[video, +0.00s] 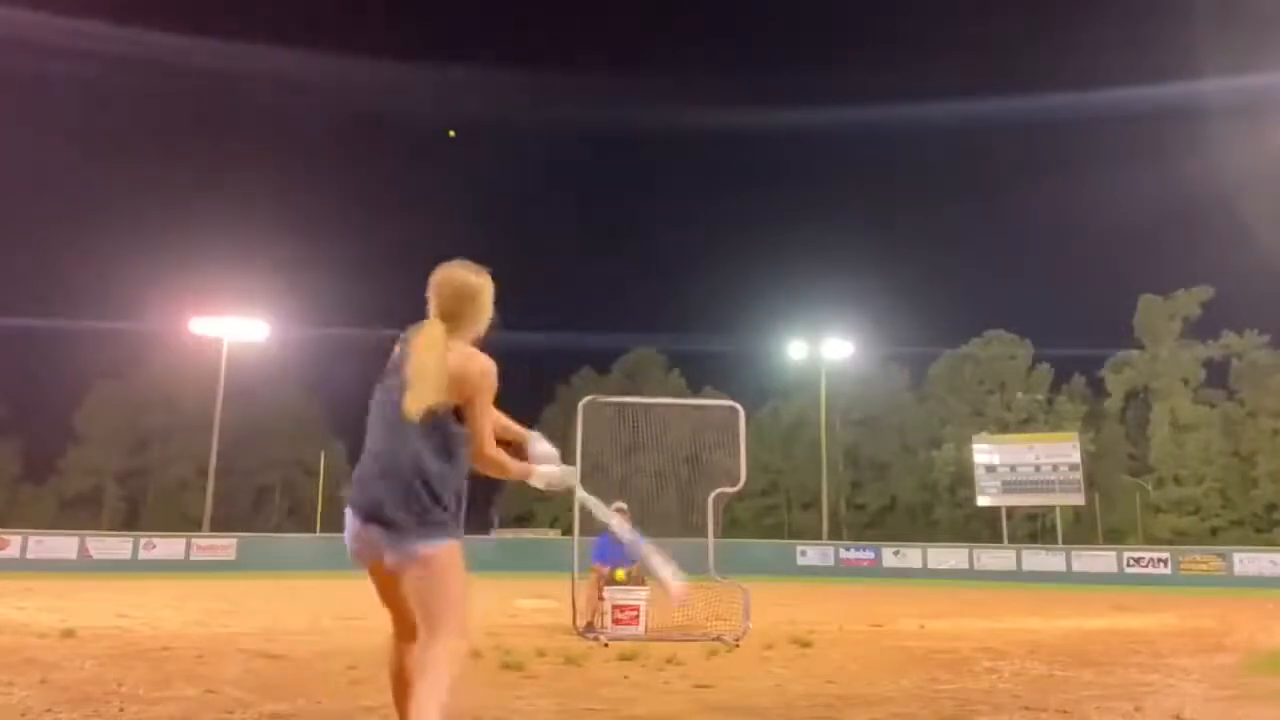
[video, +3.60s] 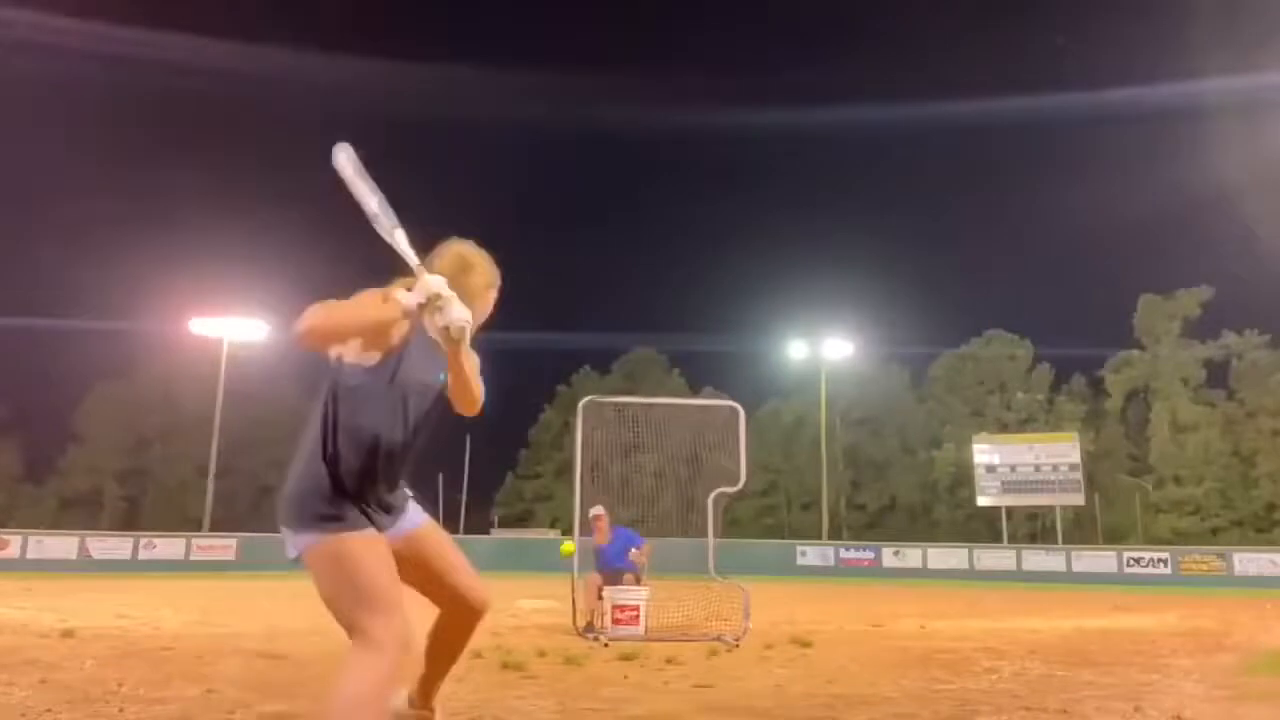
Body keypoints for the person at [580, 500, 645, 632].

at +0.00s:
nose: (619, 520)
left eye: (622, 516)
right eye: (616, 517)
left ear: (628, 519)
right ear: (610, 519)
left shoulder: (634, 539)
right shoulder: (603, 539)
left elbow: (640, 560)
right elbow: (595, 563)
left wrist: (629, 570)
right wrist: (608, 571)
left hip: (629, 571)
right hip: (609, 571)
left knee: (639, 575)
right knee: (595, 577)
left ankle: (638, 620)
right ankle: (589, 621)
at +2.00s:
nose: (614, 521)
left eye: (617, 517)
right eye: (611, 517)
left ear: (623, 518)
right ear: (606, 519)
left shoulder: (631, 537)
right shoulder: (601, 539)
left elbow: (640, 560)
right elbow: (595, 562)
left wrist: (624, 571)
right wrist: (603, 572)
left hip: (625, 571)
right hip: (607, 571)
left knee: (635, 574)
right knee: (593, 579)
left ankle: (635, 619)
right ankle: (589, 621)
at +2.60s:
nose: (610, 520)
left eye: (613, 516)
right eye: (607, 517)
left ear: (621, 517)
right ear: (602, 519)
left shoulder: (631, 537)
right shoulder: (599, 539)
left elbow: (638, 562)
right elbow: (594, 565)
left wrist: (618, 562)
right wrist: (602, 564)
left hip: (624, 574)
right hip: (607, 574)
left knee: (633, 577)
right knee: (592, 579)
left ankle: (631, 620)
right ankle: (589, 621)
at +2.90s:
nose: (603, 521)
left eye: (606, 517)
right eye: (600, 518)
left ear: (613, 517)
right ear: (596, 520)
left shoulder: (625, 536)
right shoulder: (597, 540)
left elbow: (633, 555)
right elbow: (594, 565)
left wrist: (612, 563)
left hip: (625, 574)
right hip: (608, 575)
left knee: (633, 577)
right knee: (592, 580)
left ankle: (632, 620)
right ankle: (590, 622)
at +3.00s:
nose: (599, 523)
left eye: (601, 518)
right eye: (596, 519)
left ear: (609, 519)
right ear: (593, 522)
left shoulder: (621, 535)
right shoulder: (595, 541)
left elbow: (636, 554)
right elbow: (591, 566)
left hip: (622, 573)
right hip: (603, 574)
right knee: (590, 582)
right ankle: (589, 622)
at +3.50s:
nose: (598, 524)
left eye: (601, 520)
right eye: (595, 521)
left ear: (608, 520)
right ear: (592, 524)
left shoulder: (622, 534)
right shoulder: (596, 540)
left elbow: (642, 545)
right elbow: (592, 563)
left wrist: (641, 568)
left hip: (623, 572)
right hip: (605, 573)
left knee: (629, 577)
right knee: (592, 580)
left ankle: (627, 620)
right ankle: (589, 622)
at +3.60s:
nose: (598, 523)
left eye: (601, 519)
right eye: (595, 520)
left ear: (607, 519)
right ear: (591, 523)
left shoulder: (622, 533)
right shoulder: (594, 538)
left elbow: (644, 545)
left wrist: (642, 556)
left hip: (625, 570)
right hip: (605, 572)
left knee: (629, 579)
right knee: (592, 579)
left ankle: (629, 620)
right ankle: (590, 622)